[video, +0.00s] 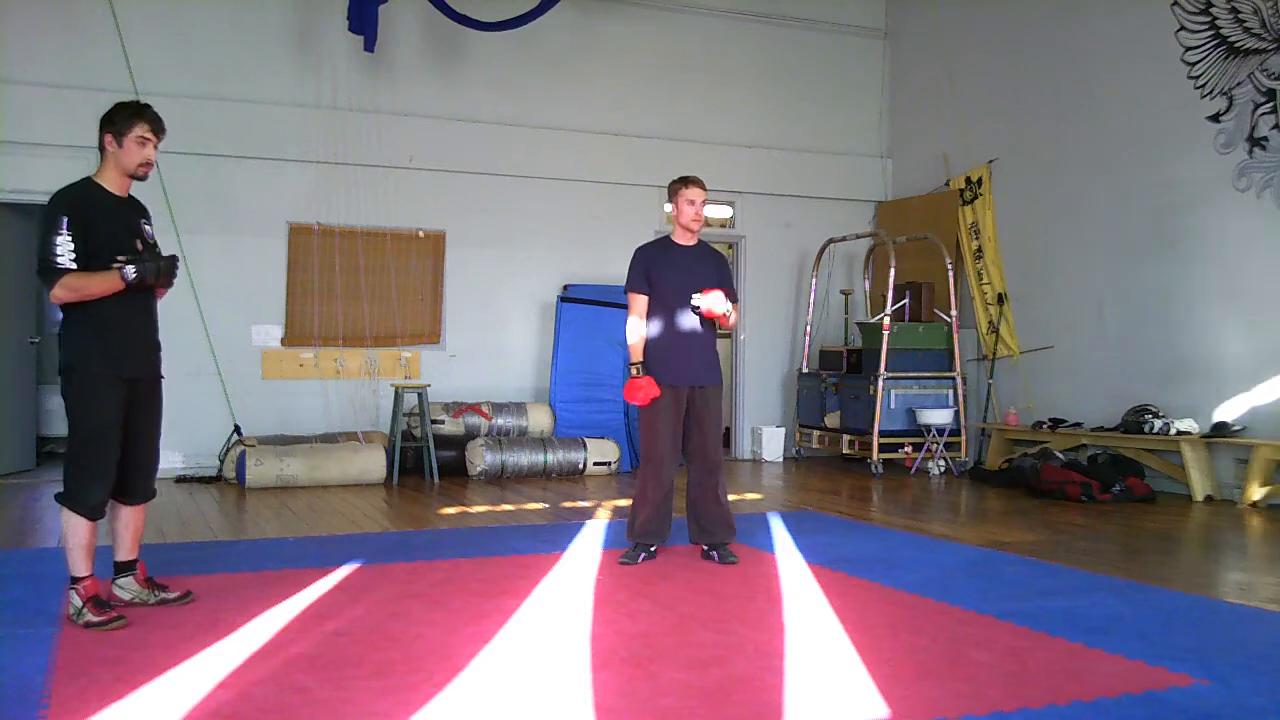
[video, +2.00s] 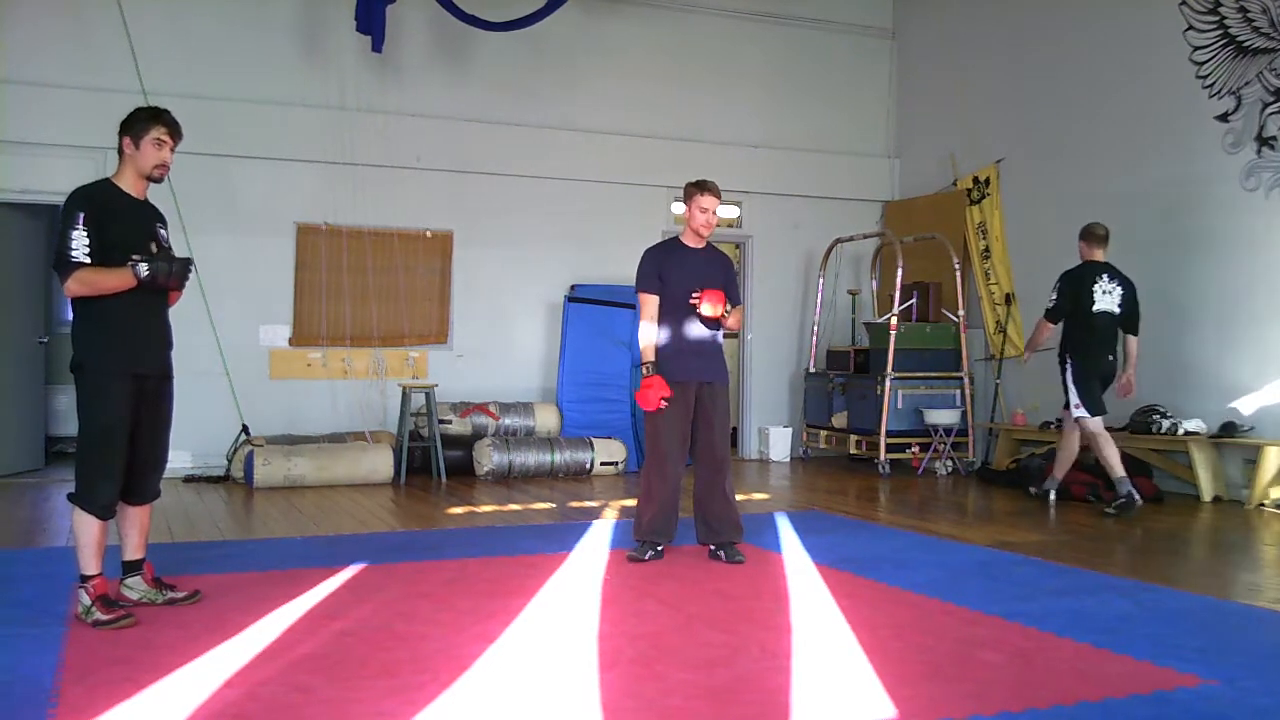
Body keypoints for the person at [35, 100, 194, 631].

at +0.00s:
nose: (152, 154)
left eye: (156, 145)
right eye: (143, 142)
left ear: (150, 150)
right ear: (110, 140)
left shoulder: (139, 213)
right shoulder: (69, 203)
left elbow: (145, 294)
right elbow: (60, 289)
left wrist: (161, 279)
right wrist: (131, 273)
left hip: (142, 364)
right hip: (92, 365)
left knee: (135, 471)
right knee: (88, 474)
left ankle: (128, 580)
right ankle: (81, 593)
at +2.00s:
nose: (167, 156)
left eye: (171, 148)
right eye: (159, 145)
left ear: (167, 154)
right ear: (127, 144)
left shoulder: (155, 218)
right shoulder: (87, 200)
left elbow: (164, 299)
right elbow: (74, 282)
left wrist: (177, 278)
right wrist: (143, 273)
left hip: (152, 364)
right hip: (104, 363)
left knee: (142, 471)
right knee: (99, 472)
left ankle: (135, 579)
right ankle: (90, 591)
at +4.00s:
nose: (107, 145)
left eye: (108, 136)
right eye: (99, 134)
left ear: (76, 139)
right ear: (65, 135)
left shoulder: (72, 200)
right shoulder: (37, 193)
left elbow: (77, 271)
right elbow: (59, 274)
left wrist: (115, 253)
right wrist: (116, 249)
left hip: (90, 361)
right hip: (53, 362)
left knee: (81, 468)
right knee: (42, 469)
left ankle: (70, 577)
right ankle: (24, 590)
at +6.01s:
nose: (82, 170)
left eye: (87, 163)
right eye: (75, 158)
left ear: (84, 170)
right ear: (43, 157)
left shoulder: (62, 227)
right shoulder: (6, 207)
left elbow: (65, 307)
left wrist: (73, 294)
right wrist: (43, 284)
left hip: (49, 365)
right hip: (11, 363)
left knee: (30, 465)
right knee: (30, 464)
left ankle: (18, 575)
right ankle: (46, 585)